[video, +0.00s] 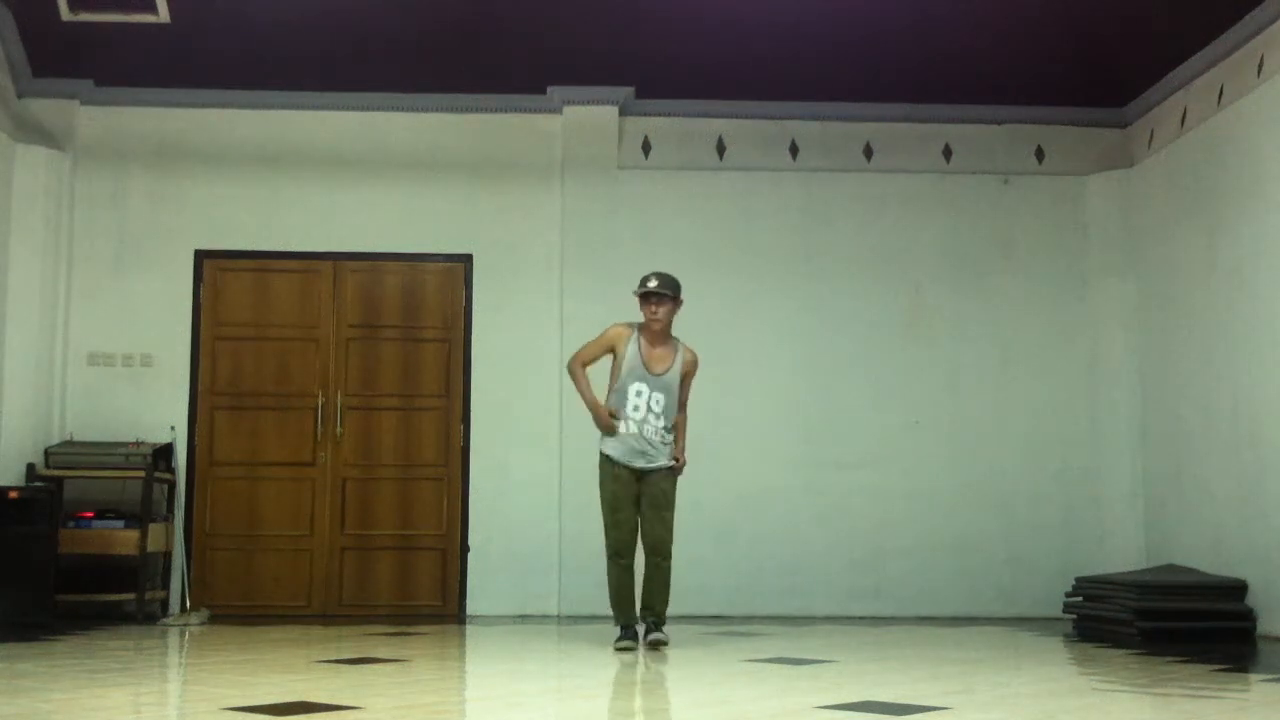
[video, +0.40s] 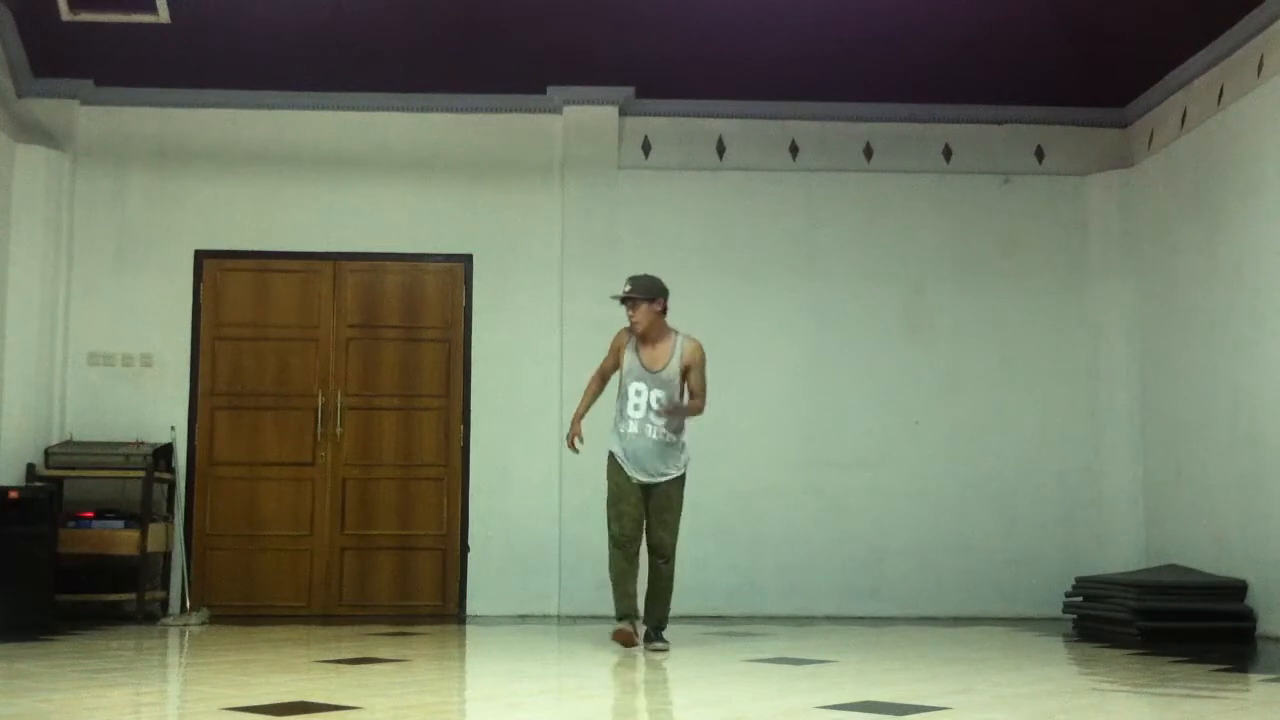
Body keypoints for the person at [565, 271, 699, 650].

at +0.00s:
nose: (653, 306)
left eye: (661, 300)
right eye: (647, 299)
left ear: (676, 306)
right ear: (639, 304)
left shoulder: (686, 358)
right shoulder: (621, 335)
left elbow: (681, 409)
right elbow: (576, 363)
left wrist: (679, 447)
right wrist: (594, 407)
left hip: (661, 464)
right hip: (617, 459)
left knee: (659, 548)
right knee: (620, 547)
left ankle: (654, 623)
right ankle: (626, 626)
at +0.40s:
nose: (628, 312)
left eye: (634, 306)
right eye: (626, 306)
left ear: (659, 306)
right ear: (628, 309)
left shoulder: (689, 349)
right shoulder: (624, 341)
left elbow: (698, 404)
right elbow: (601, 377)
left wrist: (676, 410)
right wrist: (578, 417)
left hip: (668, 467)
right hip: (624, 462)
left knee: (662, 550)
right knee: (623, 540)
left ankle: (655, 628)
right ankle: (626, 623)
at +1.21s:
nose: (636, 303)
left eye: (644, 297)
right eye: (630, 297)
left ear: (655, 304)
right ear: (621, 302)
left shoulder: (671, 351)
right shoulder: (601, 347)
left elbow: (677, 409)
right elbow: (590, 398)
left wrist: (677, 461)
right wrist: (595, 428)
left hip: (655, 463)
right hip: (612, 463)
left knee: (652, 545)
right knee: (618, 547)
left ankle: (652, 620)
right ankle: (628, 624)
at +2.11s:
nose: (628, 320)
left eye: (635, 315)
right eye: (622, 313)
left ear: (645, 320)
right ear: (612, 317)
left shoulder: (661, 359)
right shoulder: (594, 364)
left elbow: (670, 409)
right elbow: (589, 421)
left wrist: (697, 411)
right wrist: (573, 412)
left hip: (650, 470)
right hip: (607, 472)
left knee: (652, 544)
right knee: (608, 549)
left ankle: (657, 616)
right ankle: (613, 623)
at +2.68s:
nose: (660, 332)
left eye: (667, 327)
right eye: (654, 326)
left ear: (676, 332)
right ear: (644, 329)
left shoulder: (688, 373)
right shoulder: (624, 371)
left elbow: (705, 421)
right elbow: (605, 415)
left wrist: (731, 387)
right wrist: (589, 373)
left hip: (682, 482)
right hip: (636, 480)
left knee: (709, 550)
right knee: (621, 550)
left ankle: (715, 621)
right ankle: (615, 623)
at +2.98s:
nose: (678, 328)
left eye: (687, 323)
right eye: (674, 321)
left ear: (699, 328)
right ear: (667, 324)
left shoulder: (713, 366)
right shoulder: (649, 358)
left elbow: (748, 399)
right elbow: (604, 383)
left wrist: (761, 431)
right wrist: (609, 405)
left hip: (698, 480)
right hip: (652, 476)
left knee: (714, 550)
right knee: (631, 546)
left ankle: (716, 619)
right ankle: (616, 622)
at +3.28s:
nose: (704, 326)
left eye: (712, 321)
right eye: (700, 320)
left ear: (727, 327)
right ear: (694, 324)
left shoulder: (739, 374)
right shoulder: (675, 361)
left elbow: (748, 427)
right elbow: (635, 401)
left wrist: (748, 475)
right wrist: (624, 451)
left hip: (716, 483)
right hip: (670, 477)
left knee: (726, 553)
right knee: (641, 547)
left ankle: (718, 621)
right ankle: (620, 618)